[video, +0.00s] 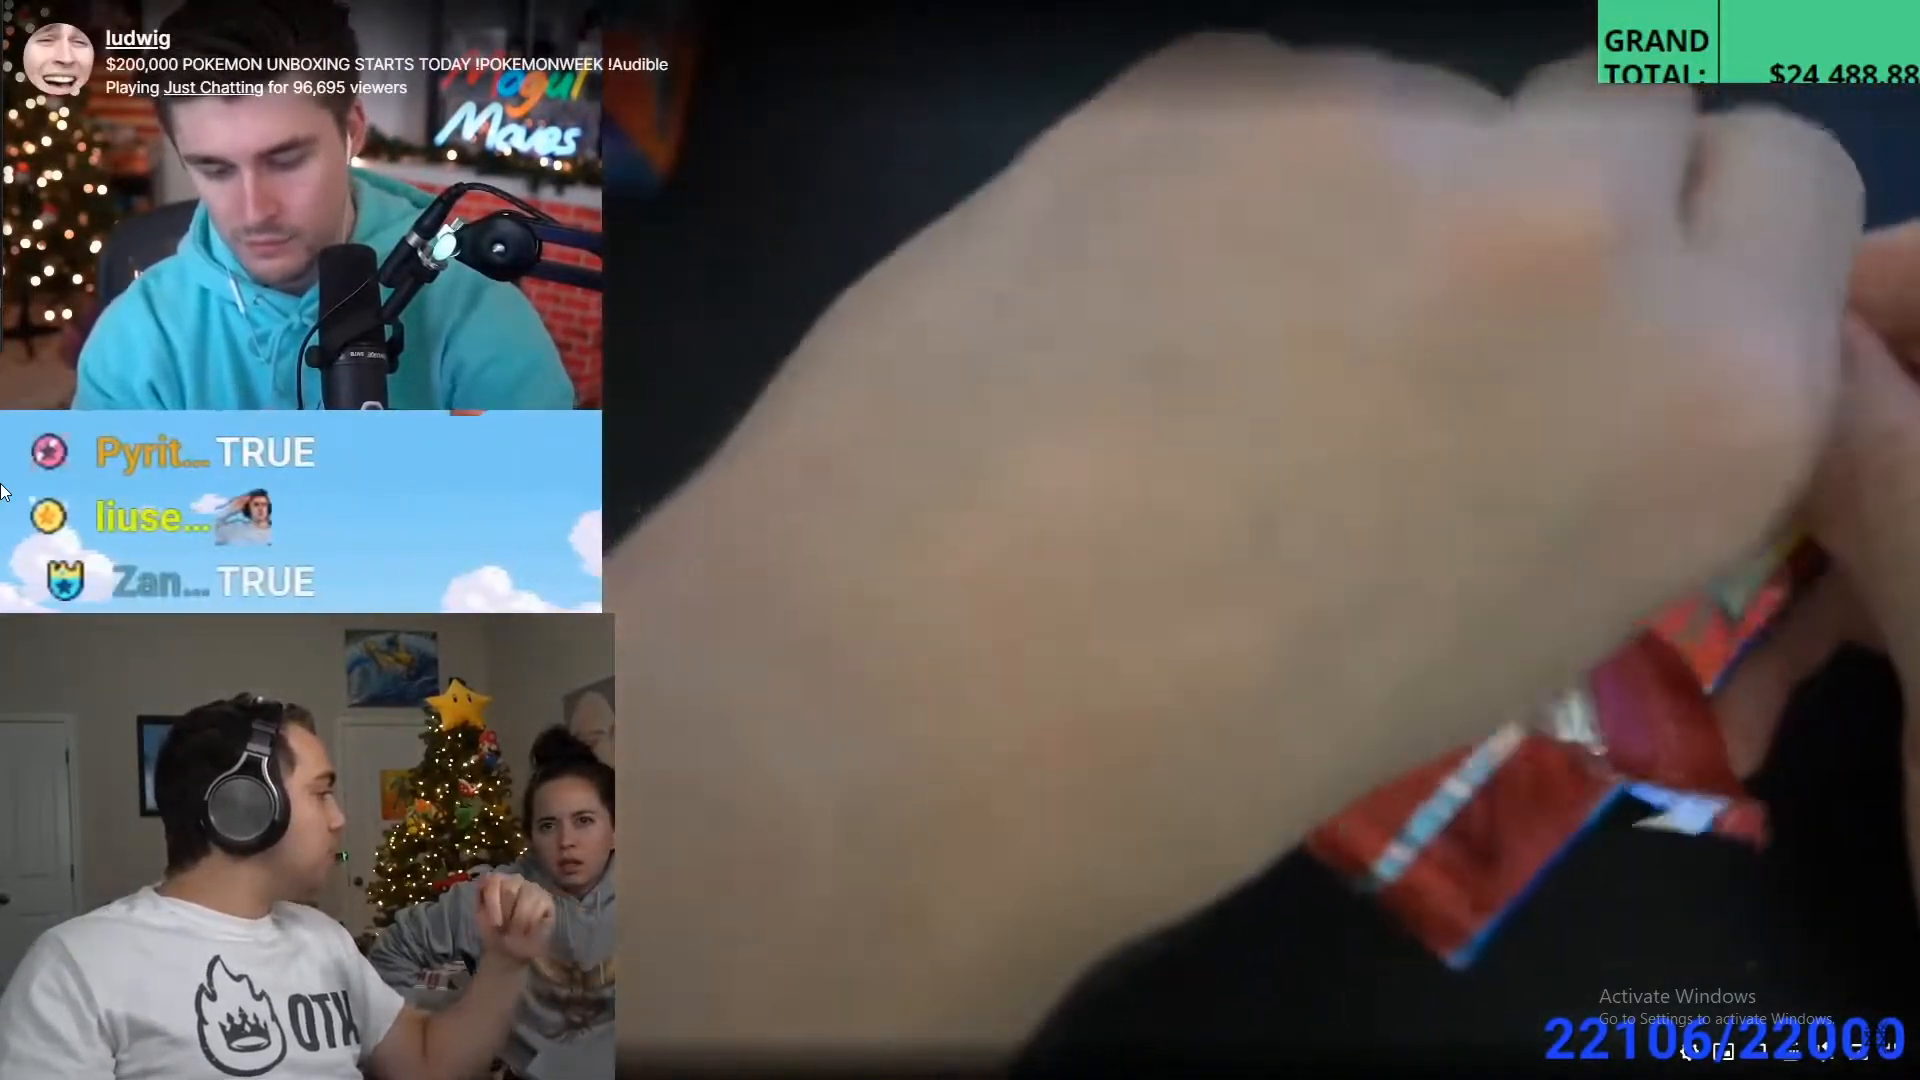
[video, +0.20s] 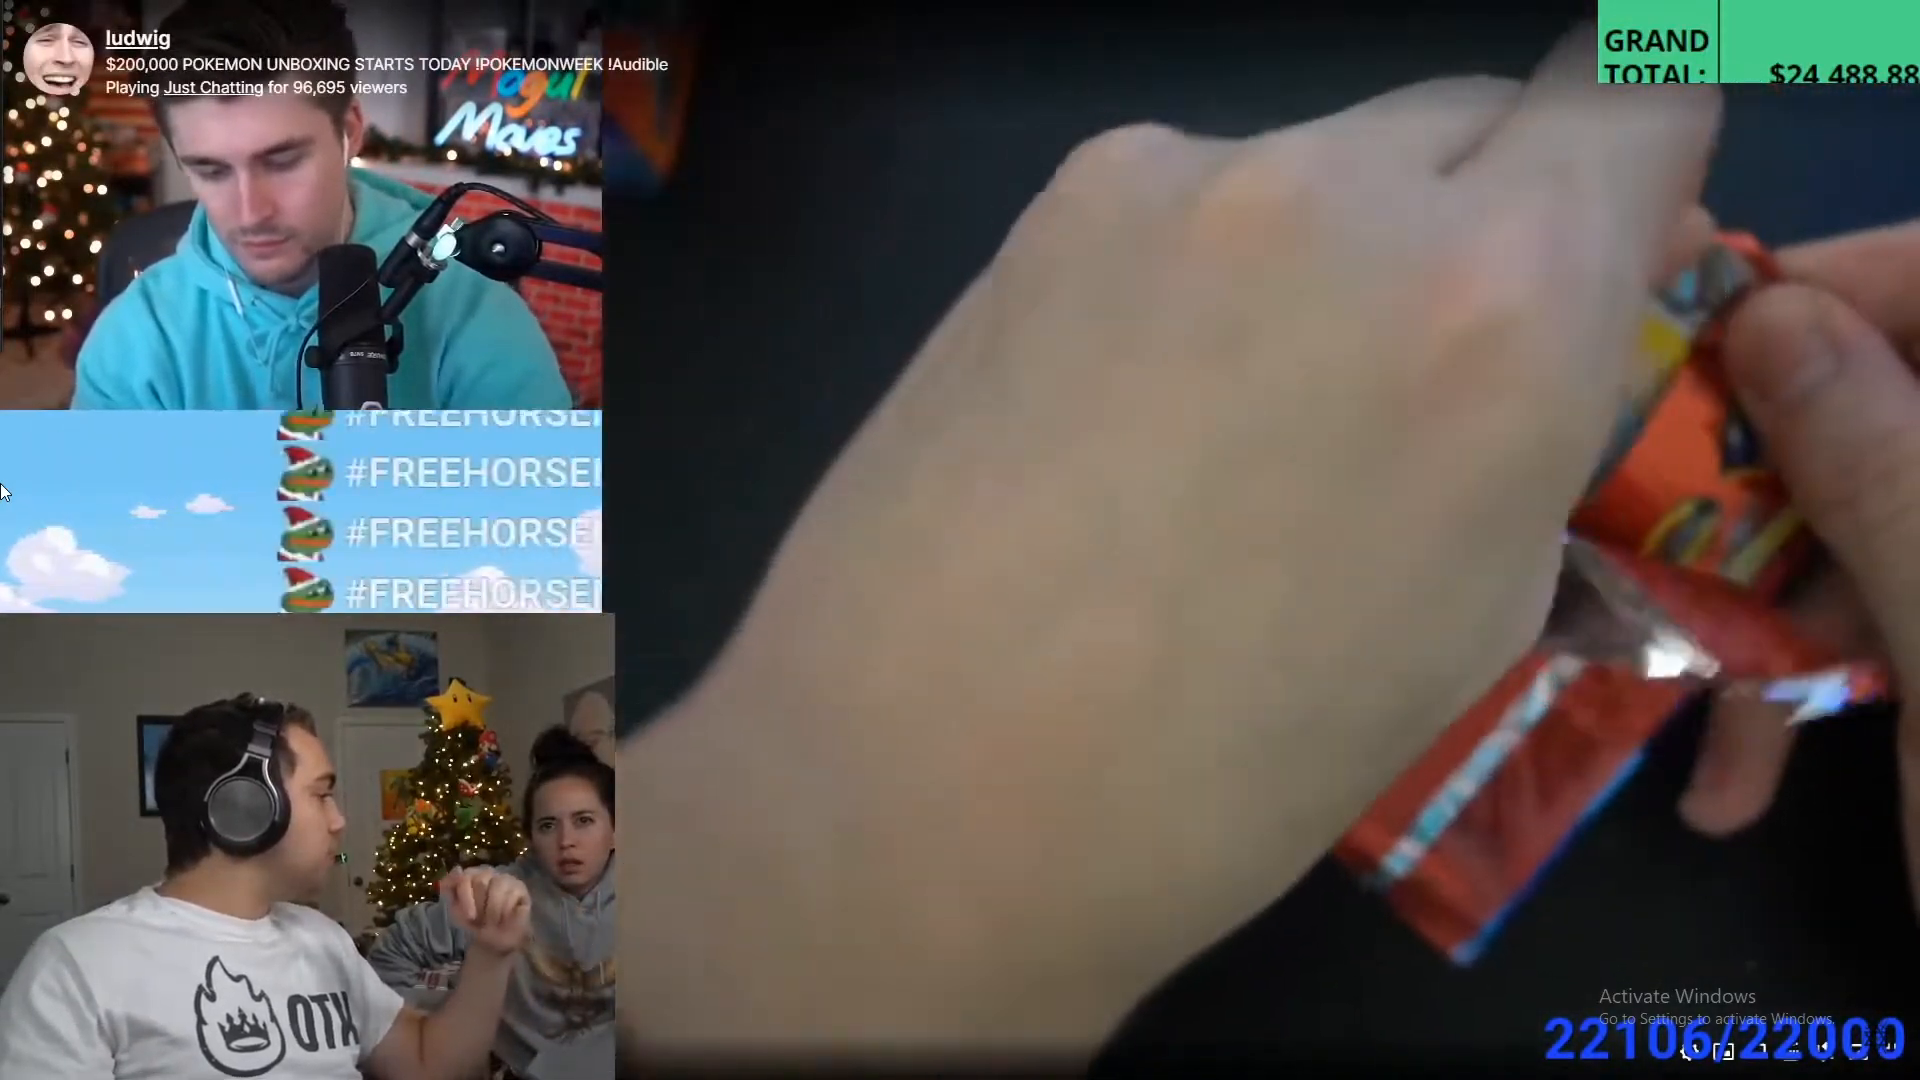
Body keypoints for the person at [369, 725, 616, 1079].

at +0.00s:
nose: (566, 842)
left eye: (584, 821)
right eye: (548, 826)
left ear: (615, 830)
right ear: (531, 837)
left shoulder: (642, 894)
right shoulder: (497, 896)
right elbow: (389, 955)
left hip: (616, 1068)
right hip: (526, 1071)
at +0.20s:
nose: (566, 842)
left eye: (584, 821)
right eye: (548, 826)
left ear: (615, 830)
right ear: (530, 837)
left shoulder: (643, 892)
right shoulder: (498, 896)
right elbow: (391, 954)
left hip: (614, 1066)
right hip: (525, 1071)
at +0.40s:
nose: (566, 841)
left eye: (584, 821)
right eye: (548, 826)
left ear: (613, 830)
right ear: (531, 837)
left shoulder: (644, 895)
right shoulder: (487, 901)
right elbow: (390, 954)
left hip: (626, 1070)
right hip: (532, 1072)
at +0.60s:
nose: (566, 841)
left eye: (584, 821)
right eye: (548, 825)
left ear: (613, 830)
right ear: (531, 837)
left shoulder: (641, 894)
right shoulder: (490, 900)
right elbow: (391, 953)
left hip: (627, 1069)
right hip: (536, 1073)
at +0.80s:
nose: (566, 841)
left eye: (584, 820)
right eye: (547, 825)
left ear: (614, 828)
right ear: (531, 837)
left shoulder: (646, 895)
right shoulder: (493, 899)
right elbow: (390, 954)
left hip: (628, 1070)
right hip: (537, 1073)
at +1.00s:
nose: (566, 841)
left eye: (584, 820)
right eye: (548, 825)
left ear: (613, 830)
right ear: (531, 837)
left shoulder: (643, 893)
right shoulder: (490, 898)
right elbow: (388, 956)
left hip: (623, 1068)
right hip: (530, 1071)